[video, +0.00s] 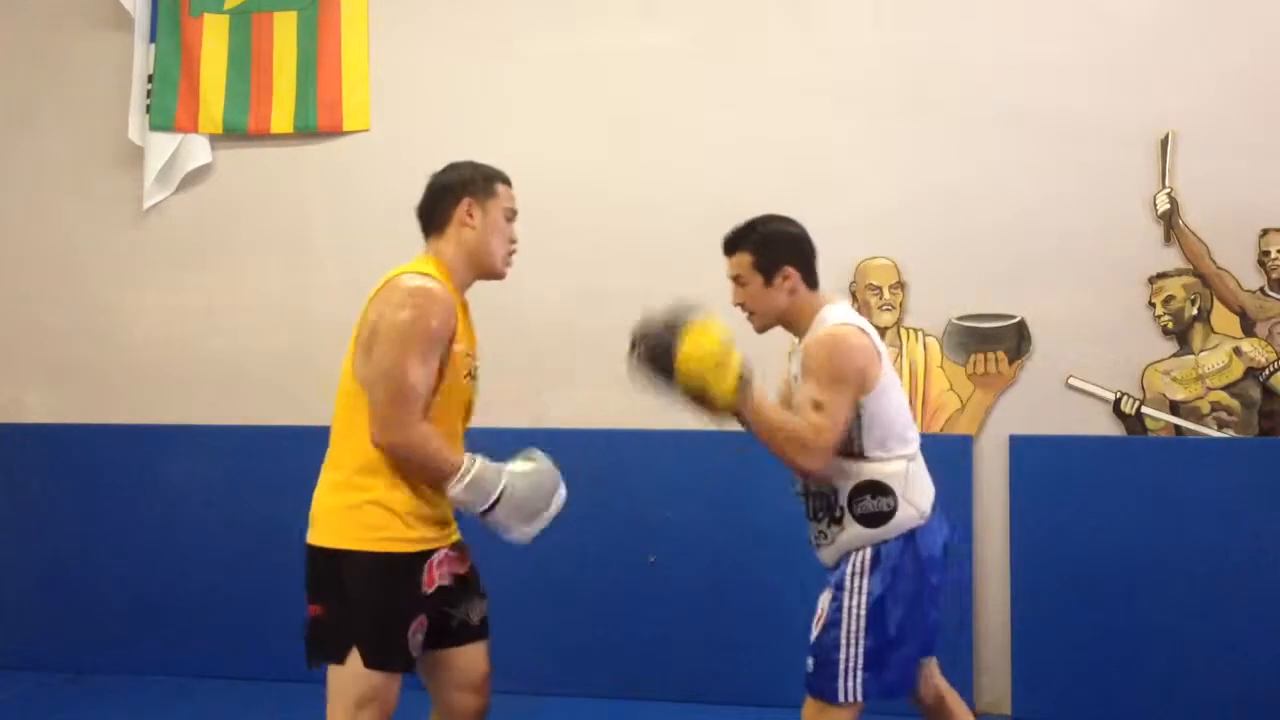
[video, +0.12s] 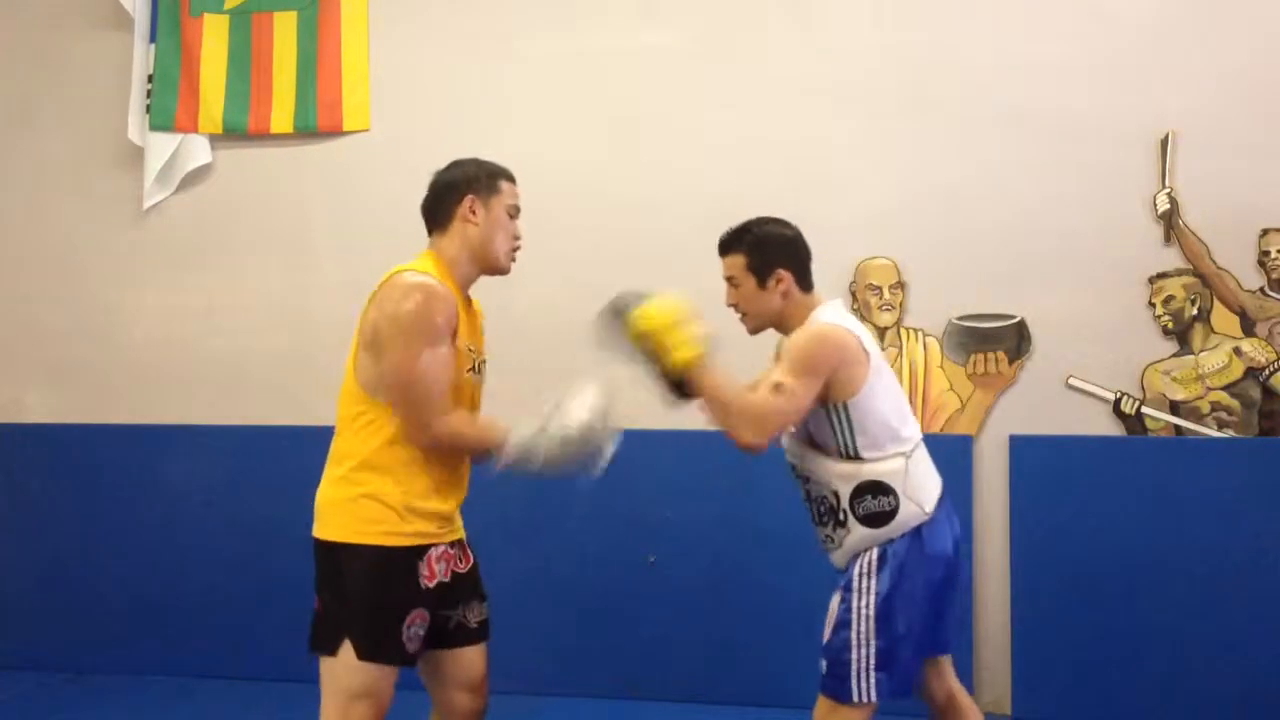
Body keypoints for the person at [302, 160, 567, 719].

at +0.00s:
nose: (516, 236)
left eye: (516, 220)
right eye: (508, 217)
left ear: (468, 218)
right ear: (467, 215)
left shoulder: (447, 303)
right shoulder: (418, 300)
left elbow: (427, 431)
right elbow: (398, 430)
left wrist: (490, 494)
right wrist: (491, 486)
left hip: (427, 533)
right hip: (369, 538)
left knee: (465, 693)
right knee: (362, 704)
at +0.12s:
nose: (519, 233)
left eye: (519, 217)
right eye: (511, 214)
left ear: (473, 216)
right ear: (469, 212)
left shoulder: (464, 309)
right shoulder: (416, 297)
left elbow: (453, 424)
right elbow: (432, 426)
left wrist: (532, 442)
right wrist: (525, 440)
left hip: (437, 527)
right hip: (371, 531)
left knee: (464, 697)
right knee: (356, 705)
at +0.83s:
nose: (494, 231)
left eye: (495, 215)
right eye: (487, 211)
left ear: (448, 211)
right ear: (442, 206)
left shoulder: (449, 306)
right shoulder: (370, 286)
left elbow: (455, 418)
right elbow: (409, 408)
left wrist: (517, 370)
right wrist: (497, 361)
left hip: (426, 532)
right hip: (354, 537)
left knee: (468, 692)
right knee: (340, 705)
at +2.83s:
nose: (494, 264)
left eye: (504, 250)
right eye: (497, 244)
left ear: (457, 222)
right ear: (460, 219)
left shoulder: (445, 303)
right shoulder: (353, 270)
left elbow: (471, 411)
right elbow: (409, 385)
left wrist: (534, 346)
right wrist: (496, 298)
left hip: (415, 539)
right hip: (336, 542)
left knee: (438, 705)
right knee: (329, 709)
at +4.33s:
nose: (484, 278)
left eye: (487, 262)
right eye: (483, 259)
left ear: (442, 248)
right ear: (446, 248)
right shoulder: (383, 306)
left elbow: (437, 410)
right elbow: (433, 411)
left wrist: (482, 348)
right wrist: (498, 352)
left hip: (366, 576)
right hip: (332, 587)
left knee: (451, 691)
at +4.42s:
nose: (491, 261)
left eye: (494, 245)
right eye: (490, 243)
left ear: (435, 233)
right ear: (455, 232)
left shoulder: (343, 297)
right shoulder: (446, 295)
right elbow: (570, 327)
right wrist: (614, 320)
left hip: (307, 558)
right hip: (360, 567)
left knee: (442, 692)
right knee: (350, 711)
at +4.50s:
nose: (507, 256)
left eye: (508, 237)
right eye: (504, 236)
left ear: (435, 233)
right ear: (471, 229)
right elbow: (626, 307)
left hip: (319, 552)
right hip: (377, 564)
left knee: (446, 698)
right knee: (358, 714)